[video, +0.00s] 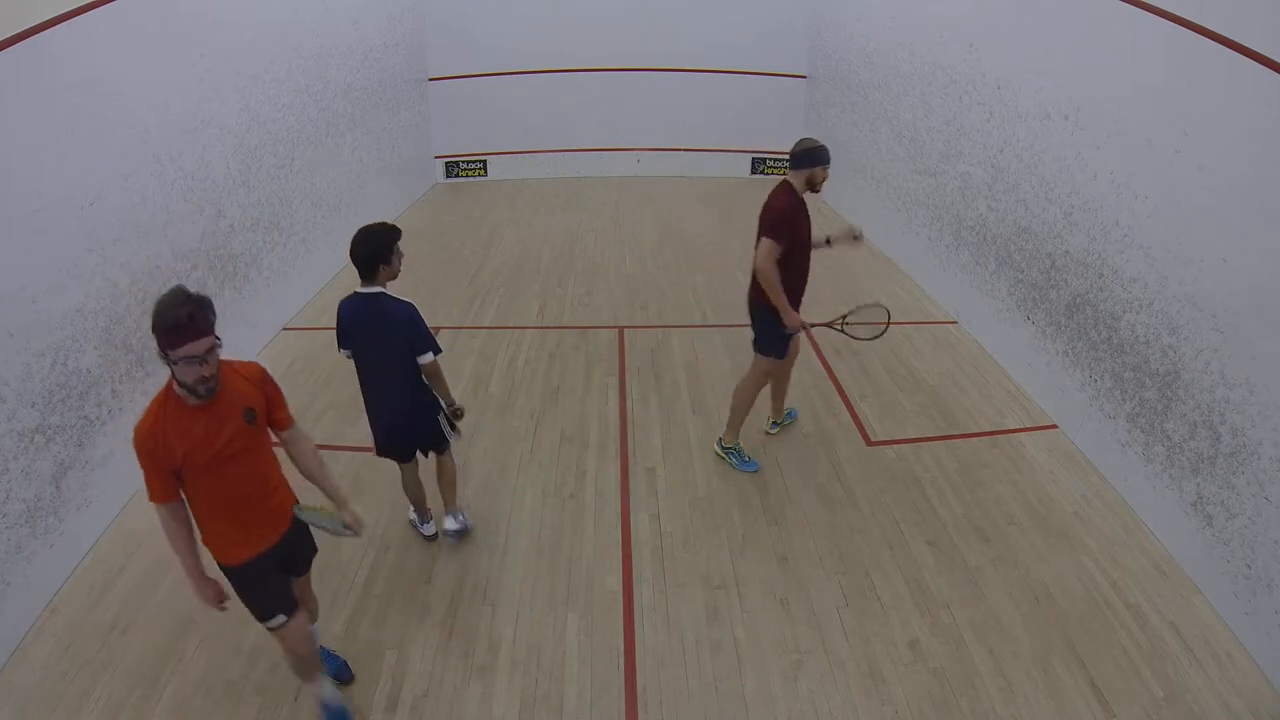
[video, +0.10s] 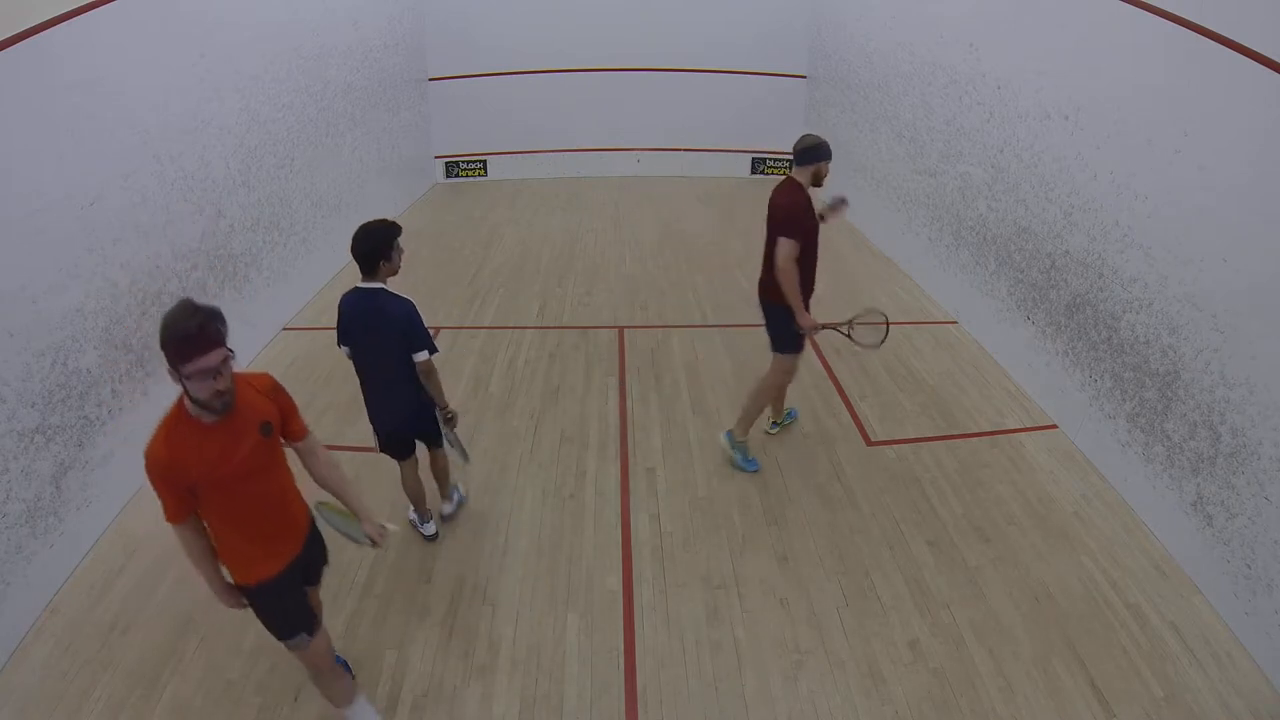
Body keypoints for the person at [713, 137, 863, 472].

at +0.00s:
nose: (827, 176)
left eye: (828, 169)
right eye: (825, 169)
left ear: (802, 168)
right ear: (810, 169)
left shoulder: (792, 198)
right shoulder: (783, 205)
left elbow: (795, 246)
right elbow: (764, 264)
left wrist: (833, 240)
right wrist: (786, 310)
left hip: (785, 300)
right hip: (770, 305)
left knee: (787, 356)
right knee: (761, 371)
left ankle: (778, 416)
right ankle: (728, 441)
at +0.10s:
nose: (828, 171)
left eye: (828, 164)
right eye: (826, 164)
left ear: (801, 162)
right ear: (815, 165)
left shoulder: (791, 191)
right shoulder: (793, 201)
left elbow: (795, 233)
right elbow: (784, 262)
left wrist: (823, 217)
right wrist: (801, 312)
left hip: (783, 294)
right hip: (782, 299)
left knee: (785, 360)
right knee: (783, 368)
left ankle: (778, 415)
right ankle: (737, 435)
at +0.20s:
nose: (828, 166)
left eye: (828, 160)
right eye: (829, 161)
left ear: (799, 158)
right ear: (823, 162)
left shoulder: (784, 187)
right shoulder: (810, 201)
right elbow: (804, 262)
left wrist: (819, 188)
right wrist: (816, 310)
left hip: (774, 285)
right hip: (793, 295)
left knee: (782, 351)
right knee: (807, 364)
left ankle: (774, 412)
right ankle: (753, 424)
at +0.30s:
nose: (831, 163)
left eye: (828, 158)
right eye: (831, 158)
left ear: (801, 158)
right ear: (828, 160)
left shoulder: (783, 188)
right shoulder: (823, 200)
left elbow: (787, 238)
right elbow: (824, 262)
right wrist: (834, 306)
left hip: (776, 287)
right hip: (807, 294)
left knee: (779, 348)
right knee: (818, 354)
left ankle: (777, 415)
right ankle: (780, 415)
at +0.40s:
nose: (831, 162)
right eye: (832, 158)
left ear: (804, 157)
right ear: (832, 160)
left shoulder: (785, 188)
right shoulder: (834, 200)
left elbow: (779, 235)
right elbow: (841, 259)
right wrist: (850, 298)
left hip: (779, 288)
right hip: (815, 293)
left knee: (779, 351)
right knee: (818, 351)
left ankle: (775, 417)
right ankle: (801, 415)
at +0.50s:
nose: (832, 163)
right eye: (836, 158)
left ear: (810, 157)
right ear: (837, 160)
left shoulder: (789, 189)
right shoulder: (843, 199)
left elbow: (777, 238)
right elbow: (857, 255)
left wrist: (791, 255)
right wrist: (864, 287)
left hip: (784, 286)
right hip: (821, 290)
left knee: (782, 351)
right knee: (819, 351)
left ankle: (776, 416)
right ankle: (818, 405)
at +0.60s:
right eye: (842, 160)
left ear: (818, 158)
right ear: (843, 161)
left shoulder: (794, 189)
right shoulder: (850, 199)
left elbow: (775, 239)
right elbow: (866, 245)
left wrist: (767, 275)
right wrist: (871, 271)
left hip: (791, 283)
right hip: (827, 288)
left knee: (787, 348)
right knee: (821, 346)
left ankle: (776, 415)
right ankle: (818, 397)